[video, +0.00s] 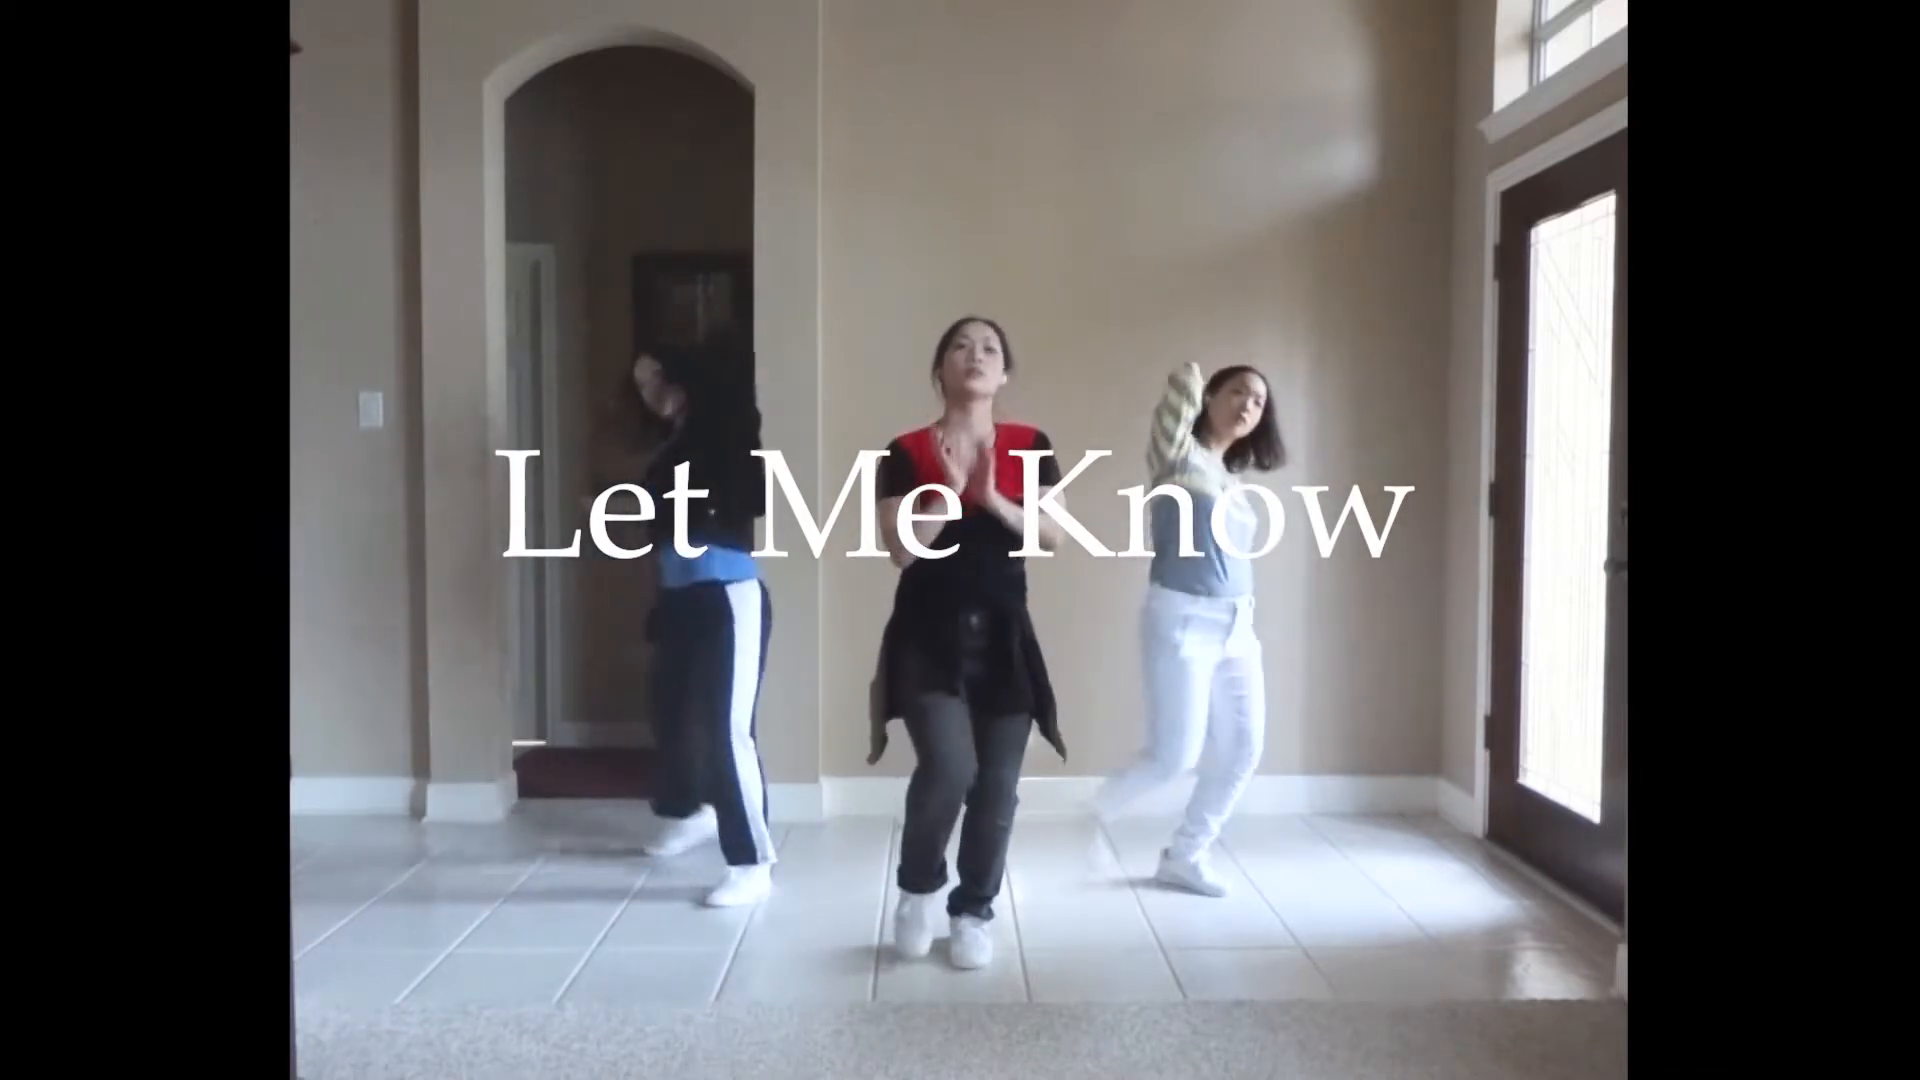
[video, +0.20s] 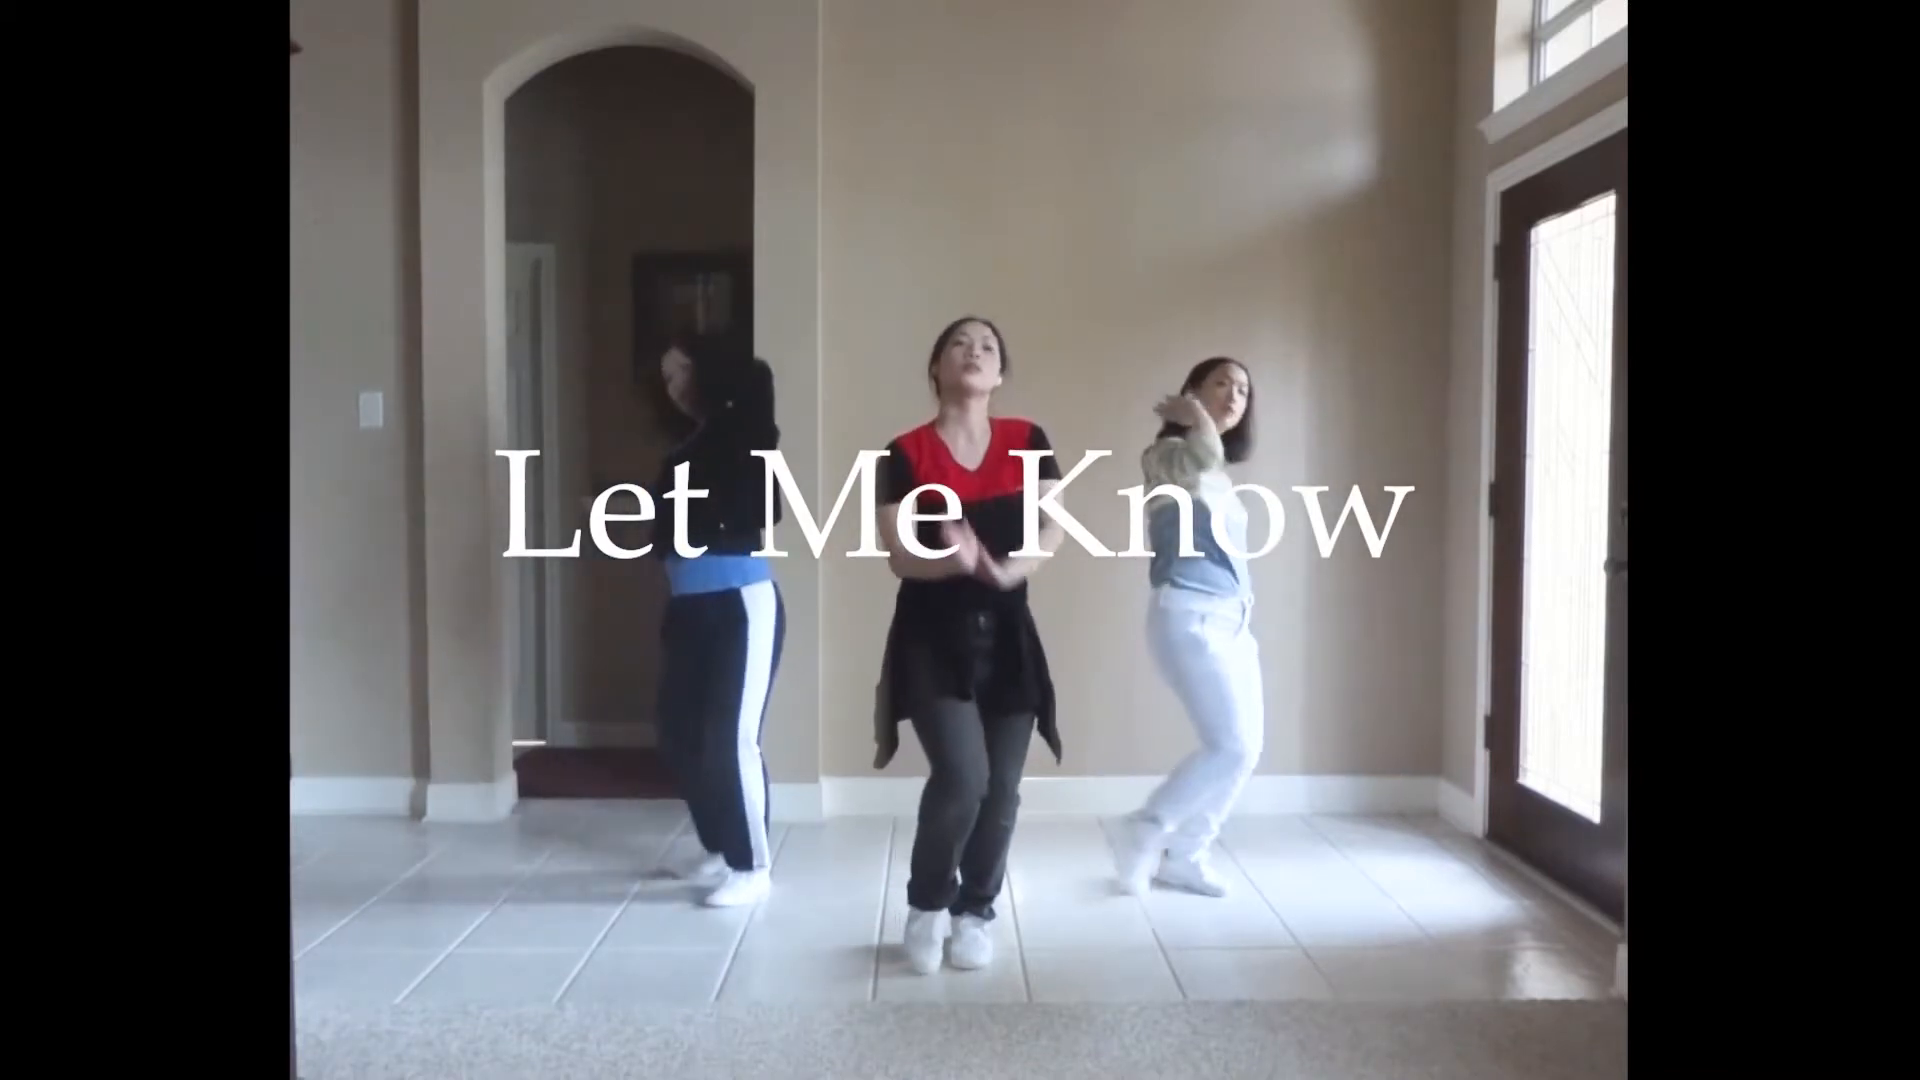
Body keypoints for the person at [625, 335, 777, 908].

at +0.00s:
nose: (651, 397)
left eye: (656, 385)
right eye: (644, 389)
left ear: (682, 380)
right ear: (649, 394)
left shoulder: (723, 432)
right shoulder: (672, 443)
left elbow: (746, 513)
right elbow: (662, 520)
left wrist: (684, 505)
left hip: (730, 592)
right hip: (681, 591)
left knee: (728, 727)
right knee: (672, 707)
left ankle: (752, 864)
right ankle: (685, 812)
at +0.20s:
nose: (673, 387)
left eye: (680, 374)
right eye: (667, 378)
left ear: (708, 375)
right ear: (669, 385)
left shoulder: (744, 438)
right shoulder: (682, 449)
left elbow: (751, 526)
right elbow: (663, 528)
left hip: (743, 601)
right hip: (690, 602)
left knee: (731, 734)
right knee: (682, 731)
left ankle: (750, 867)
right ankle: (722, 846)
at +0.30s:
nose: (684, 384)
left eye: (693, 372)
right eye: (677, 376)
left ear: (718, 373)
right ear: (673, 385)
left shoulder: (747, 429)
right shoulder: (680, 456)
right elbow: (664, 540)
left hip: (749, 600)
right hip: (690, 604)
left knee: (736, 736)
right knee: (682, 733)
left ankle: (750, 868)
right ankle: (718, 854)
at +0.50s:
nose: (695, 387)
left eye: (705, 375)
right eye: (688, 379)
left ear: (733, 380)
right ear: (682, 389)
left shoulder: (761, 453)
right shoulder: (681, 465)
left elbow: (757, 518)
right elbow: (665, 555)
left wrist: (728, 441)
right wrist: (639, 630)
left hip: (759, 607)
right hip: (696, 614)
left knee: (747, 741)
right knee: (687, 737)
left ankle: (749, 868)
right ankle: (694, 858)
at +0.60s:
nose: (699, 388)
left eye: (712, 376)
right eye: (691, 378)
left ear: (737, 384)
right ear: (683, 387)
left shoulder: (760, 456)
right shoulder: (676, 461)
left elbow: (746, 533)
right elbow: (655, 551)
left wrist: (697, 470)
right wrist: (619, 627)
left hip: (761, 613)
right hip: (697, 619)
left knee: (747, 746)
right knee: (690, 747)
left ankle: (749, 872)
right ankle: (690, 864)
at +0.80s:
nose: (701, 386)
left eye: (715, 376)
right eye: (692, 375)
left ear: (738, 385)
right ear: (680, 385)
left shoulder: (765, 445)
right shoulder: (667, 461)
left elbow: (773, 524)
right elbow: (637, 559)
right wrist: (603, 645)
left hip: (765, 612)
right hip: (697, 616)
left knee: (746, 749)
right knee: (695, 748)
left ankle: (747, 873)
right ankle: (670, 865)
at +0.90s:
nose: (706, 387)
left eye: (719, 377)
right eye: (697, 376)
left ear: (739, 385)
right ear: (683, 385)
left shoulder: (765, 441)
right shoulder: (668, 455)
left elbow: (785, 531)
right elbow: (652, 534)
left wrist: (717, 514)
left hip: (765, 604)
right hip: (698, 606)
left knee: (746, 747)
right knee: (696, 747)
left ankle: (746, 873)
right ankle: (670, 866)